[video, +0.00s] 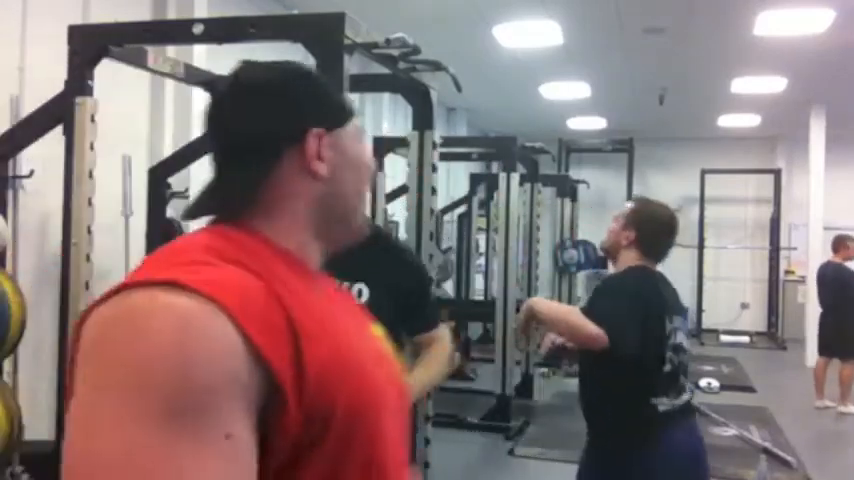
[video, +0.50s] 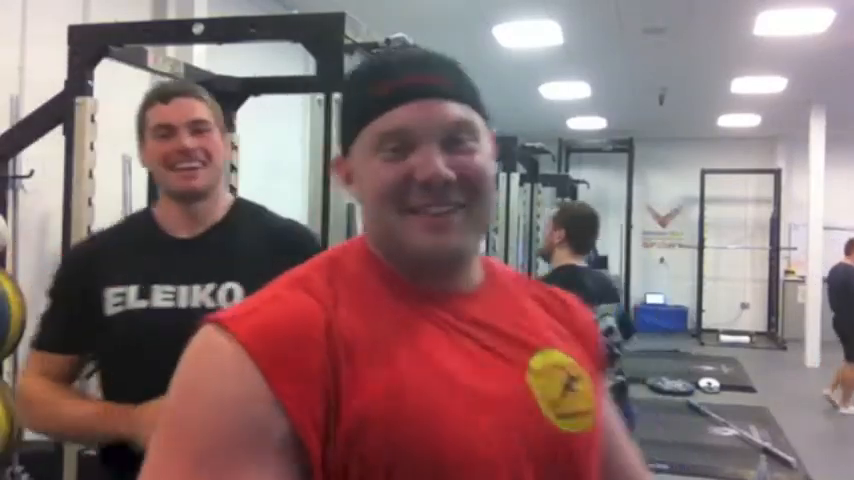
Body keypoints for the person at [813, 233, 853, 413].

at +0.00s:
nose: (853, 252)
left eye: (852, 248)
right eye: (851, 248)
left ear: (838, 248)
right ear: (843, 248)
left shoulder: (823, 269)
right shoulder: (847, 273)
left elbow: (822, 298)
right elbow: (849, 300)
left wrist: (831, 311)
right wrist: (847, 315)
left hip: (827, 318)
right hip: (845, 321)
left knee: (824, 357)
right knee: (847, 361)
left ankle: (820, 398)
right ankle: (845, 402)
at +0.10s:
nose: (853, 252)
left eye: (853, 248)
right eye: (852, 248)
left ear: (840, 249)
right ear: (844, 249)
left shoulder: (825, 269)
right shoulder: (848, 273)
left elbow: (823, 297)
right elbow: (850, 300)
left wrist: (832, 312)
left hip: (829, 321)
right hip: (846, 323)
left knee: (825, 358)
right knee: (848, 362)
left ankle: (820, 398)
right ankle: (845, 402)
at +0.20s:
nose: (853, 253)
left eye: (853, 250)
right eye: (852, 250)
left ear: (841, 250)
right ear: (846, 250)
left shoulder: (828, 268)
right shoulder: (847, 272)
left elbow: (826, 296)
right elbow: (849, 298)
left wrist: (834, 311)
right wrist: (843, 313)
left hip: (831, 317)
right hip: (847, 320)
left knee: (828, 357)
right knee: (847, 361)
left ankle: (820, 397)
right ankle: (845, 402)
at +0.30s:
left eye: (853, 250)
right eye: (853, 250)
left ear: (842, 250)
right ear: (848, 251)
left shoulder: (831, 269)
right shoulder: (848, 272)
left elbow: (829, 299)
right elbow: (849, 297)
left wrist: (837, 311)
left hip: (834, 318)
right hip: (848, 320)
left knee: (832, 359)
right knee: (848, 362)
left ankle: (823, 397)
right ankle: (846, 402)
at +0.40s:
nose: (853, 255)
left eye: (852, 251)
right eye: (853, 251)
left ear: (844, 251)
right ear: (849, 251)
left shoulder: (833, 270)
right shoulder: (847, 272)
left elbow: (830, 302)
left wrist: (840, 314)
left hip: (837, 320)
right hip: (848, 322)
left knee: (842, 359)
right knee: (848, 362)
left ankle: (825, 394)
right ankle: (845, 403)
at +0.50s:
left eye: (853, 251)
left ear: (846, 251)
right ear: (851, 251)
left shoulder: (835, 270)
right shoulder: (848, 272)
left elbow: (833, 302)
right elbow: (839, 302)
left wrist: (841, 314)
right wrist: (845, 317)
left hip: (839, 319)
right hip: (849, 321)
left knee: (849, 359)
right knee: (850, 361)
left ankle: (832, 389)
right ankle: (846, 403)